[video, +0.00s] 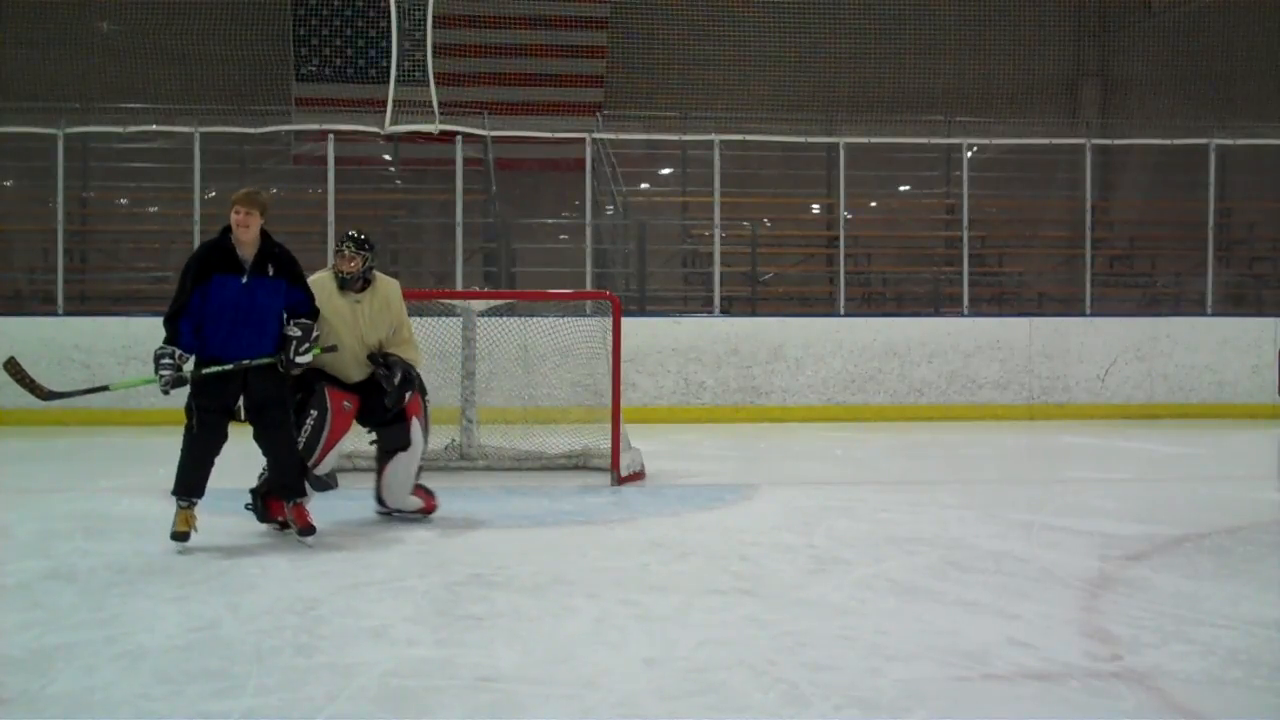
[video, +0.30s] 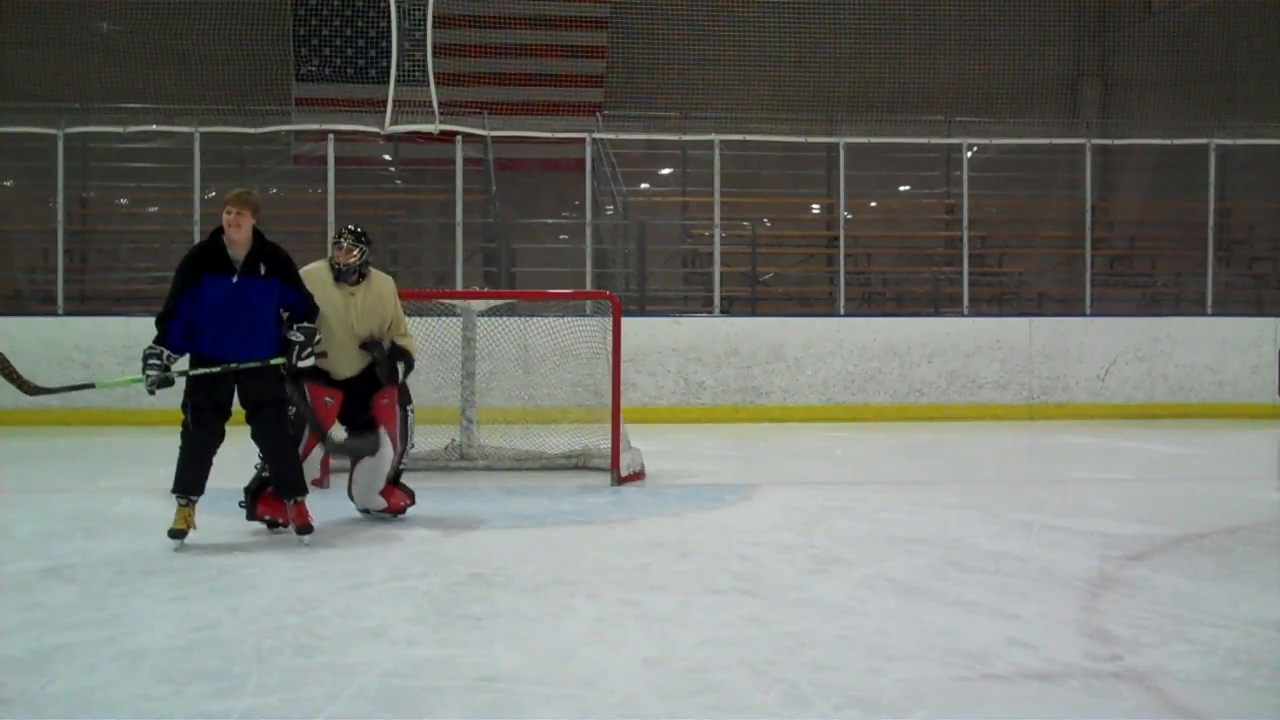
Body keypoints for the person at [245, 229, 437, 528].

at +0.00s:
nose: (344, 265)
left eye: (352, 259)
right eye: (340, 258)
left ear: (367, 262)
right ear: (333, 259)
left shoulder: (389, 290)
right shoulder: (316, 289)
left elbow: (404, 342)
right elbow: (293, 334)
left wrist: (399, 370)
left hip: (375, 380)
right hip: (328, 380)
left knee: (410, 410)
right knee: (333, 414)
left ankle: (396, 495)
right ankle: (278, 492)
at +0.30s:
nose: (343, 257)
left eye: (351, 251)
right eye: (339, 250)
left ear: (364, 255)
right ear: (331, 251)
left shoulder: (383, 285)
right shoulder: (309, 279)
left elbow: (401, 334)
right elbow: (288, 320)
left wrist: (400, 360)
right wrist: (297, 353)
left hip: (367, 376)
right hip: (320, 377)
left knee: (384, 439)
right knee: (301, 436)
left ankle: (371, 495)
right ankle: (269, 492)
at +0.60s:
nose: (332, 255)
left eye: (340, 249)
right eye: (328, 248)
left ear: (353, 253)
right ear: (320, 249)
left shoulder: (372, 285)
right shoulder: (298, 275)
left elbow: (392, 327)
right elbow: (276, 314)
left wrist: (375, 344)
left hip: (358, 370)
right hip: (310, 368)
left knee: (375, 434)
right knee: (293, 436)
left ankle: (371, 496)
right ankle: (260, 496)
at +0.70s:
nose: (324, 256)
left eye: (331, 251)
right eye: (320, 249)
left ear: (345, 255)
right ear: (312, 251)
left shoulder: (364, 286)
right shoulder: (293, 276)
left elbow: (378, 325)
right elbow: (273, 314)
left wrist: (360, 348)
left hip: (347, 375)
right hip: (301, 373)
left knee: (353, 439)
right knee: (282, 434)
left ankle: (361, 498)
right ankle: (257, 497)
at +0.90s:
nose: (306, 261)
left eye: (314, 256)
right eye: (302, 254)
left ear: (327, 260)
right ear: (295, 256)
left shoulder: (346, 290)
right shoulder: (278, 279)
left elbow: (355, 338)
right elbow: (260, 317)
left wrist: (321, 347)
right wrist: (278, 344)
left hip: (326, 375)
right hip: (281, 370)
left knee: (336, 434)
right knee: (273, 427)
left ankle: (346, 496)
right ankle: (249, 493)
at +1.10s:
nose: (303, 257)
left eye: (310, 252)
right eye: (297, 250)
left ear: (321, 256)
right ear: (288, 252)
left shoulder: (339, 287)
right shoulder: (269, 277)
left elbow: (345, 335)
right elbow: (254, 318)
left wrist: (314, 354)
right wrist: (270, 349)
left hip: (322, 370)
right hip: (276, 367)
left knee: (344, 411)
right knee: (264, 416)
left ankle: (346, 483)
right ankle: (251, 482)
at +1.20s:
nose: (308, 260)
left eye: (315, 254)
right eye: (302, 253)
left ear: (328, 258)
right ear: (294, 254)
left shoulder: (345, 288)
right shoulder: (272, 277)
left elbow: (347, 341)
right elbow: (254, 320)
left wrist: (312, 352)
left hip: (326, 371)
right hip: (278, 367)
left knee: (353, 416)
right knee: (271, 420)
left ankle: (352, 492)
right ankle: (244, 493)